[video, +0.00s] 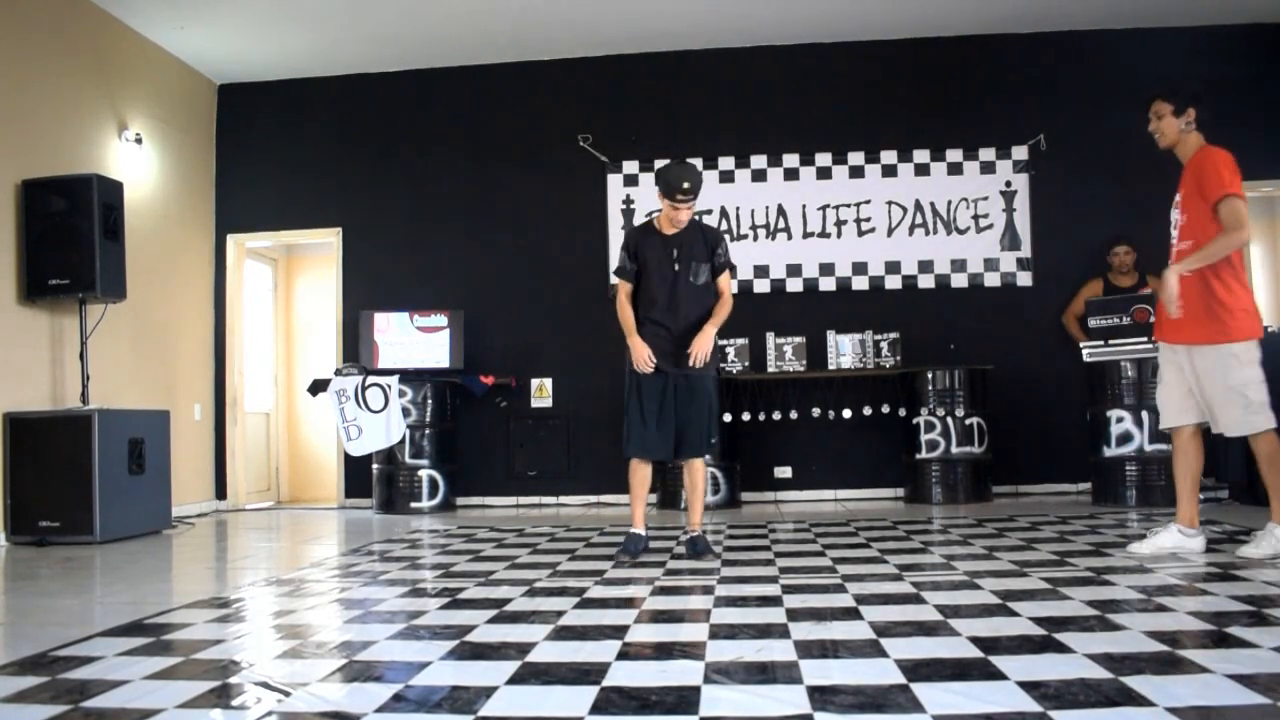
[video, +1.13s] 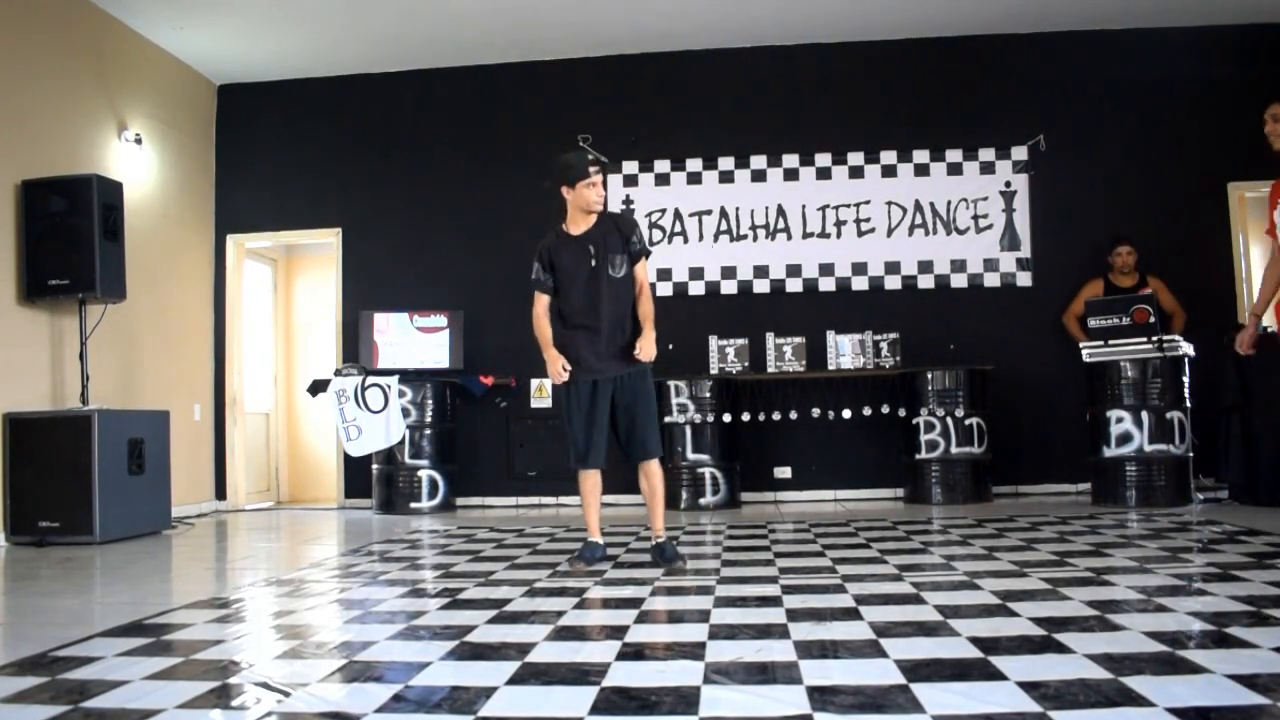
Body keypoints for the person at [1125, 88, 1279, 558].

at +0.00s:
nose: (1151, 127)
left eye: (1159, 118)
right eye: (1150, 120)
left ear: (1188, 118)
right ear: (1175, 123)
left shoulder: (1212, 161)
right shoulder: (1188, 173)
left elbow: (1238, 230)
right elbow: (1203, 244)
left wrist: (1177, 268)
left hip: (1223, 327)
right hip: (1181, 327)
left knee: (1257, 425)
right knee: (1182, 423)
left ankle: (1278, 523)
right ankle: (1186, 528)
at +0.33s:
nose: (1210, 117)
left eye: (1220, 108)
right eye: (1208, 110)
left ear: (1248, 115)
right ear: (1209, 120)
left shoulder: (1273, 162)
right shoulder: (1206, 179)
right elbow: (1180, 244)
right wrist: (1146, 300)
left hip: (1271, 319)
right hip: (1222, 319)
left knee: (1274, 426)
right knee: (1204, 417)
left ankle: (1275, 524)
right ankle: (1247, 511)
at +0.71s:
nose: (1254, 119)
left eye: (1264, 111)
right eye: (1252, 112)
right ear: (1249, 122)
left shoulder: (1272, 176)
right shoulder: (1232, 183)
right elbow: (1220, 244)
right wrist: (1204, 284)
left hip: (1275, 322)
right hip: (1251, 326)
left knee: (1272, 427)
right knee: (1266, 428)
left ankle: (1274, 524)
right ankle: (1272, 522)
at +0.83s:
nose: (1263, 124)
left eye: (1271, 116)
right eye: (1260, 117)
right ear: (1254, 126)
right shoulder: (1244, 189)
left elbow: (1244, 256)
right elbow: (1244, 255)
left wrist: (1250, 311)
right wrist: (1249, 311)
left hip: (1277, 328)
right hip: (1270, 329)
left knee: (1276, 423)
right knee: (1276, 421)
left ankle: (1278, 521)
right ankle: (1278, 520)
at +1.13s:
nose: (1268, 128)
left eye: (1275, 120)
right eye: (1266, 121)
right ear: (1264, 126)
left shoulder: (1275, 190)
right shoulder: (1276, 190)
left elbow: (1274, 258)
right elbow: (1276, 257)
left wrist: (1255, 317)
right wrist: (1255, 316)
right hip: (1279, 324)